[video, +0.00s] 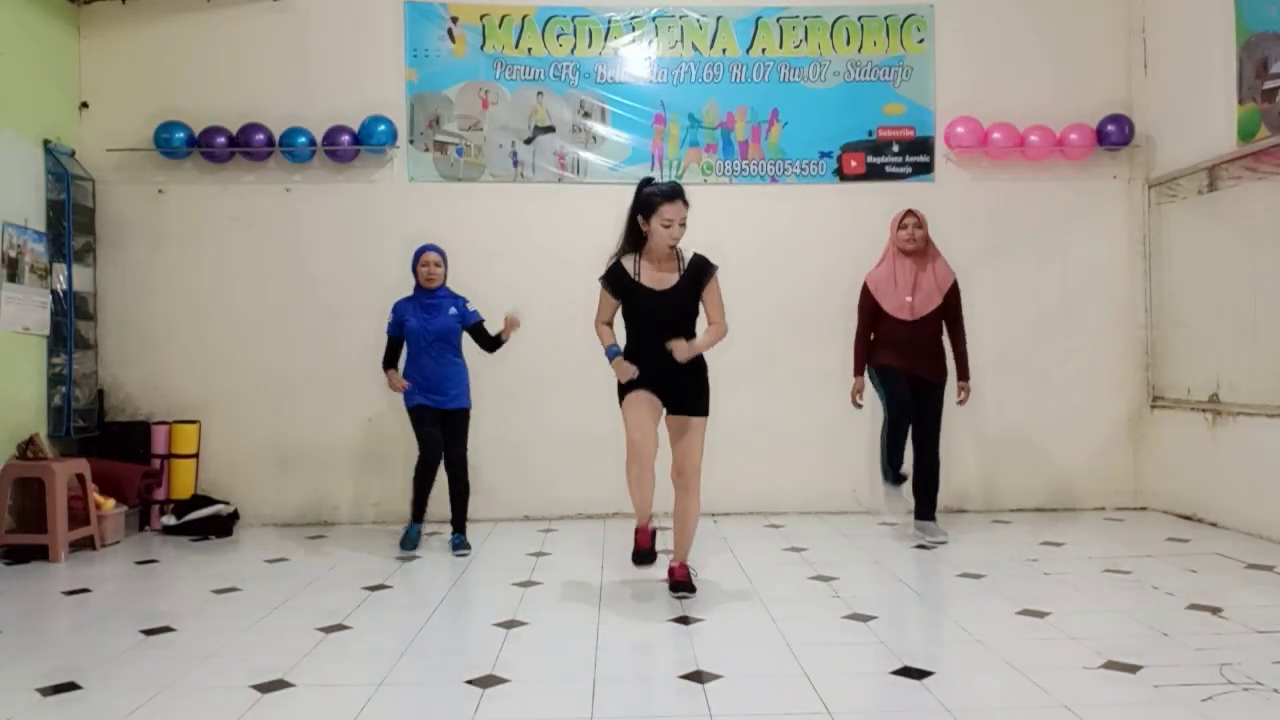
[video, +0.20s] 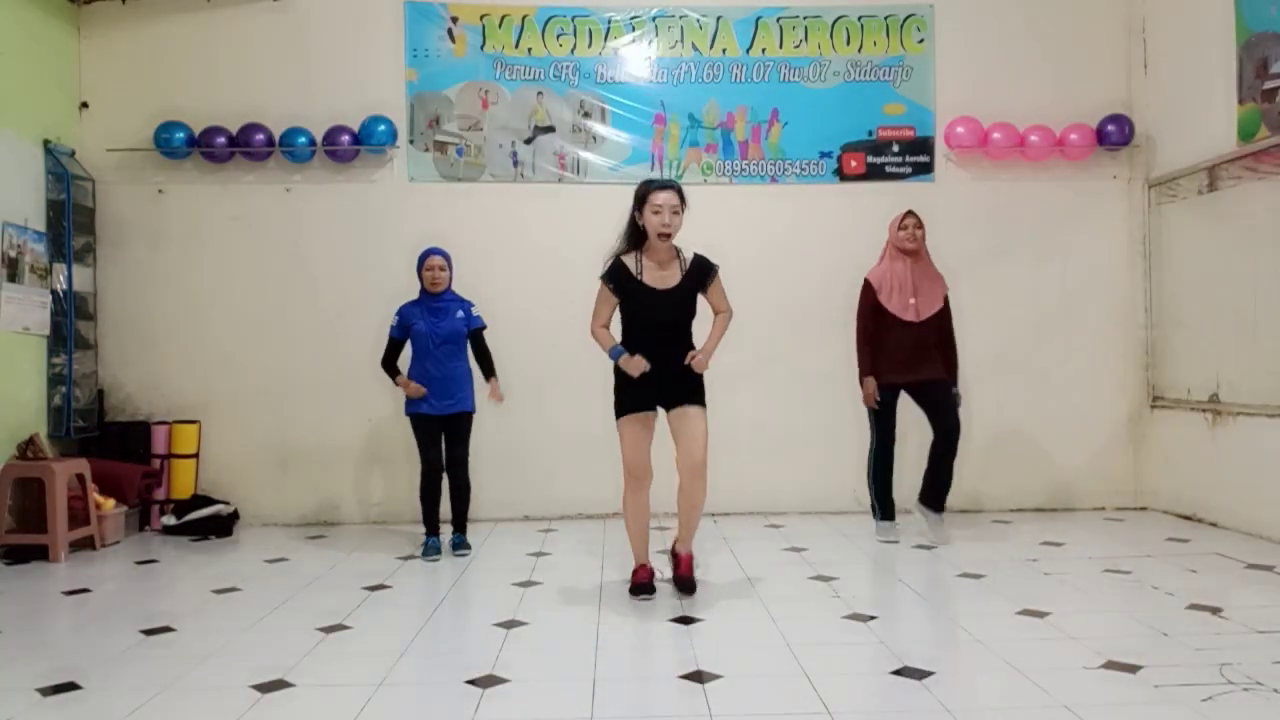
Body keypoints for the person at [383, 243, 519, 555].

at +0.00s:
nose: (431, 270)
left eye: (437, 265)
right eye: (424, 264)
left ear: (445, 271)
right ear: (415, 270)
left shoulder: (458, 304)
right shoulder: (403, 308)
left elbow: (488, 345)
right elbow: (391, 353)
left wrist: (505, 333)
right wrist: (391, 373)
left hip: (455, 394)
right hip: (419, 394)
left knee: (457, 461)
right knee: (431, 451)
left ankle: (459, 533)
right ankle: (415, 525)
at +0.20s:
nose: (435, 274)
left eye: (441, 269)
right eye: (429, 269)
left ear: (450, 273)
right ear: (420, 274)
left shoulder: (464, 308)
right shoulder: (408, 313)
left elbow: (479, 347)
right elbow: (388, 360)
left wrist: (491, 379)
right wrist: (404, 383)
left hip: (459, 401)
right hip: (423, 402)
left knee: (457, 467)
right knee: (431, 468)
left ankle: (459, 533)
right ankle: (431, 536)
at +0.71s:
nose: (445, 274)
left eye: (451, 268)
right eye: (439, 268)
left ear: (460, 271)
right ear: (430, 272)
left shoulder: (475, 305)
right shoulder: (419, 307)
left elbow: (493, 353)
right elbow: (408, 349)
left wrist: (487, 386)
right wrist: (416, 360)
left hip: (470, 389)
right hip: (435, 386)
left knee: (466, 460)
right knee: (444, 434)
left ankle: (466, 530)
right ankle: (439, 500)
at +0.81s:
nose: (447, 275)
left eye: (453, 269)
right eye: (441, 269)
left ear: (462, 272)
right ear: (432, 273)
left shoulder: (476, 304)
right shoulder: (421, 307)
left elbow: (494, 354)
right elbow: (407, 349)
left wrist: (485, 386)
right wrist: (417, 361)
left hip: (470, 392)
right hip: (436, 390)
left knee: (466, 459)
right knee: (444, 446)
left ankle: (466, 529)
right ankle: (441, 508)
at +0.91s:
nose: (449, 278)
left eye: (455, 272)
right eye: (443, 272)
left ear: (464, 274)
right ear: (434, 275)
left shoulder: (477, 306)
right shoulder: (422, 309)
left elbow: (494, 354)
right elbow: (405, 358)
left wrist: (489, 387)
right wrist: (423, 356)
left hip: (470, 400)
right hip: (434, 401)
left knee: (467, 466)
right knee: (440, 465)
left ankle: (466, 531)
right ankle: (438, 534)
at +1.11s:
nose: (457, 279)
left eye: (462, 273)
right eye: (451, 273)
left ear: (470, 274)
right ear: (440, 274)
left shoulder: (482, 305)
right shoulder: (425, 307)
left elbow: (501, 341)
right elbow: (412, 357)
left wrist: (500, 366)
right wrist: (436, 352)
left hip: (472, 392)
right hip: (438, 396)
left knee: (472, 452)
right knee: (442, 463)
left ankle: (476, 507)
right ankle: (439, 532)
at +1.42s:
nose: (463, 280)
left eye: (469, 275)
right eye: (457, 275)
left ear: (477, 277)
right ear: (448, 277)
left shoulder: (490, 305)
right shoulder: (436, 307)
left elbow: (501, 349)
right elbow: (425, 355)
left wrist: (477, 315)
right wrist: (445, 321)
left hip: (485, 392)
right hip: (450, 391)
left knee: (484, 459)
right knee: (454, 450)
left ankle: (485, 527)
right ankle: (444, 517)